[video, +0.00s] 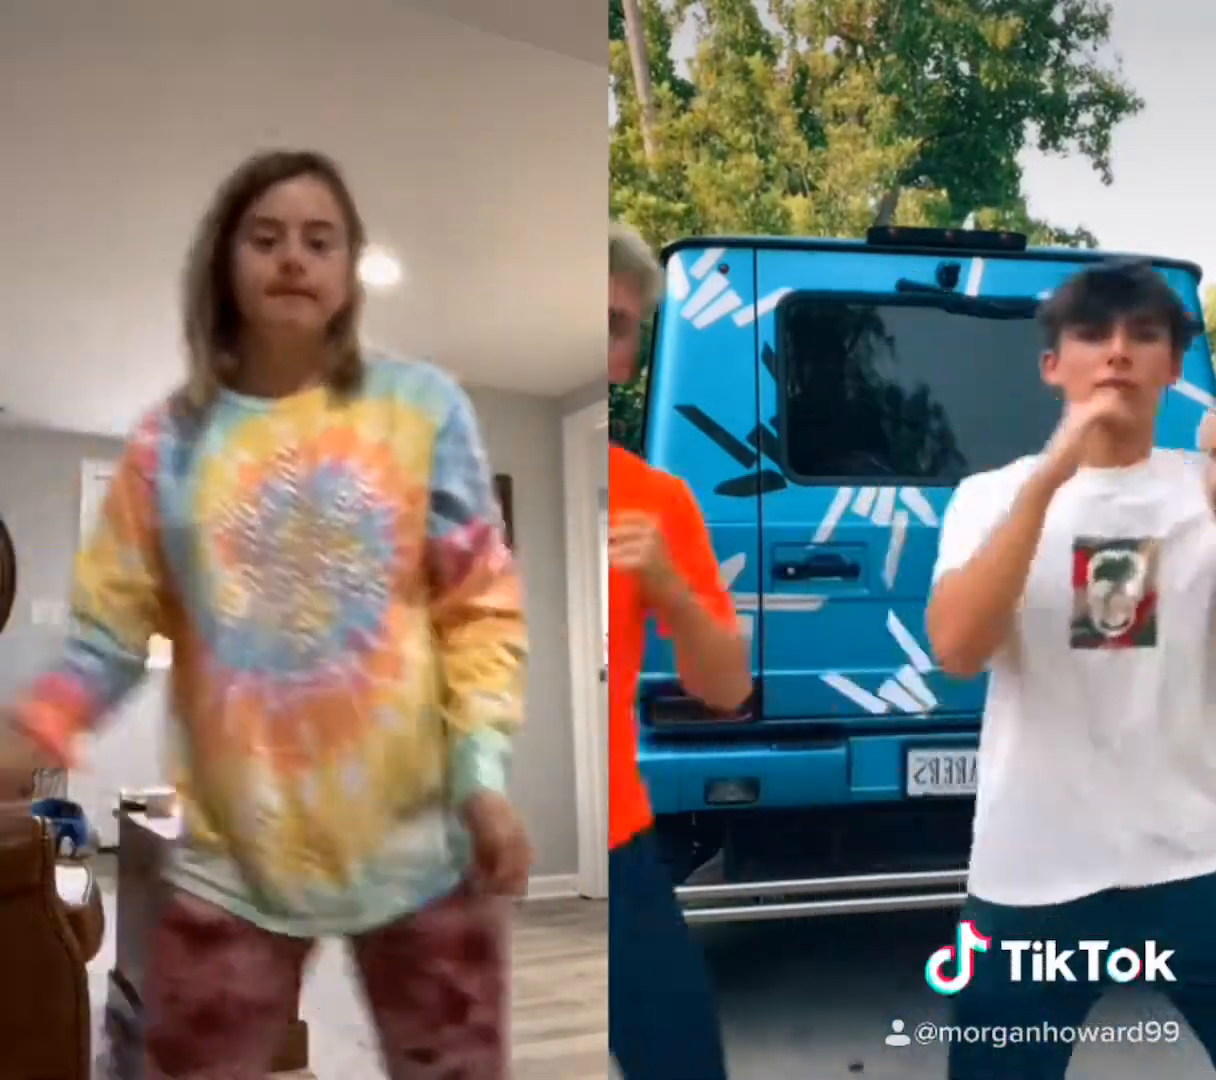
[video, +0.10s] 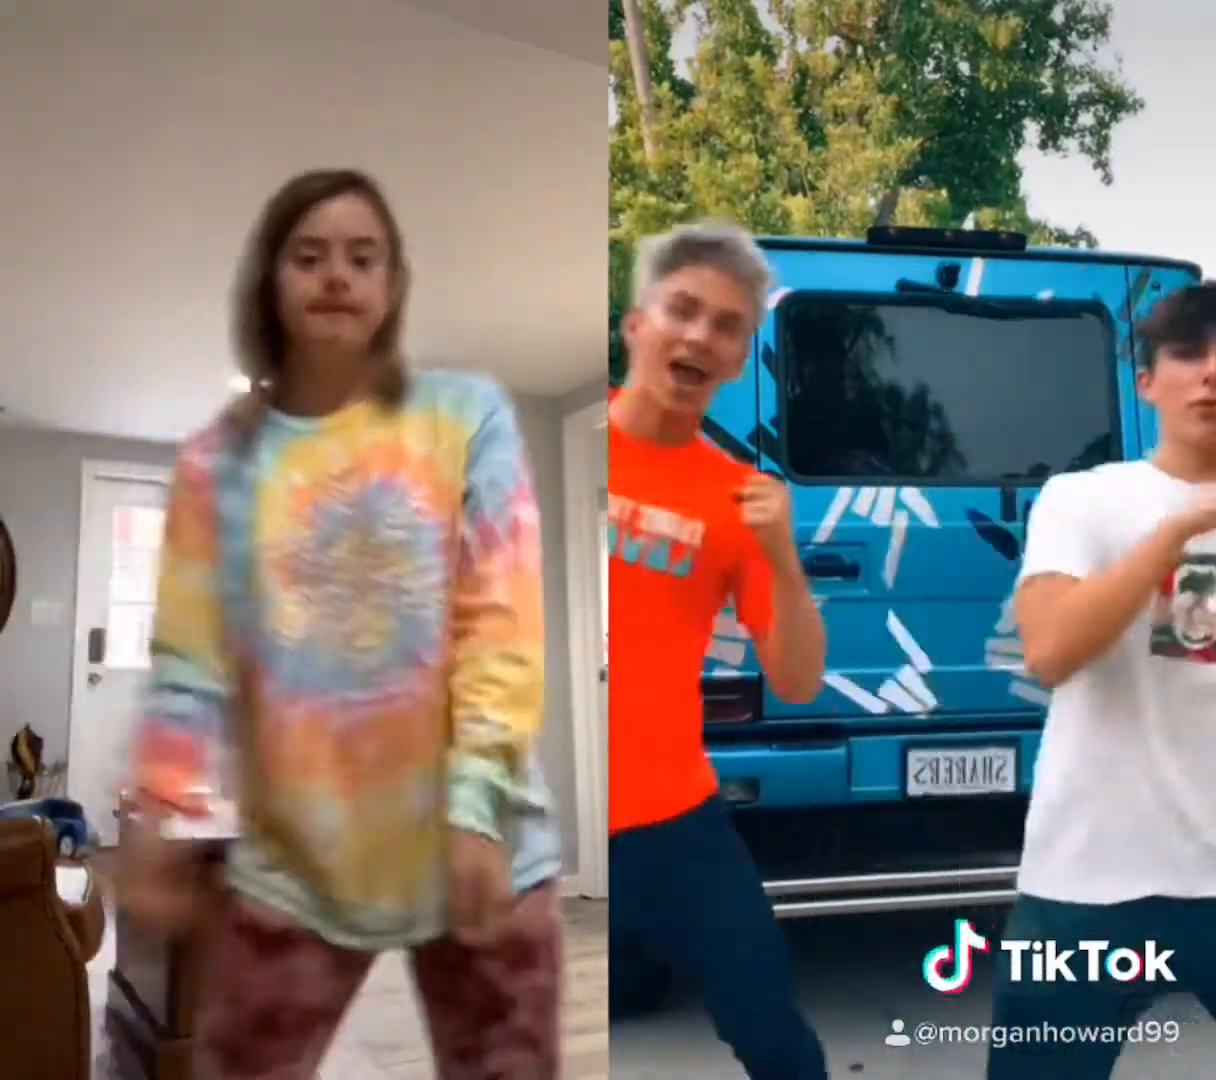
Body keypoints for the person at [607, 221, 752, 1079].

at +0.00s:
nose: (597, 345)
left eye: (617, 327)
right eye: (588, 319)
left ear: (639, 346)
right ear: (553, 319)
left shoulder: (654, 499)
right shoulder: (463, 481)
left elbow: (727, 690)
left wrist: (669, 589)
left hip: (608, 838)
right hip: (469, 832)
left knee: (680, 1051)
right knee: (466, 1056)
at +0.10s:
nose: (698, 339)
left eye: (726, 325)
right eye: (682, 308)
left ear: (745, 355)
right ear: (633, 323)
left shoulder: (738, 494)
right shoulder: (551, 443)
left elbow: (797, 682)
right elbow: (466, 599)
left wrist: (781, 558)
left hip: (666, 815)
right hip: (532, 806)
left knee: (777, 1044)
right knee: (516, 1052)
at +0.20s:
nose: (792, 406)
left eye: (818, 392)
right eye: (777, 376)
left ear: (833, 423)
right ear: (731, 388)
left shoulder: (818, 562)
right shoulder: (628, 469)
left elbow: (842, 741)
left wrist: (879, 626)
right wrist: (590, 537)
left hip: (750, 850)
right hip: (611, 850)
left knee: (834, 1057)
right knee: (585, 1063)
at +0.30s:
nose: (854, 455)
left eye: (879, 441)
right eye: (840, 427)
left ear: (895, 466)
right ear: (795, 435)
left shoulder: (854, 612)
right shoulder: (679, 501)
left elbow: (844, 778)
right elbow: (552, 596)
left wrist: (924, 714)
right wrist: (659, 587)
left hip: (788, 867)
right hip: (651, 874)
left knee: (868, 1055)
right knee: (657, 1067)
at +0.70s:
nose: (802, 478)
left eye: (824, 459)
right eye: (782, 456)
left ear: (853, 480)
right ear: (749, 469)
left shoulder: (849, 625)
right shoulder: (657, 551)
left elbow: (871, 777)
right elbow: (567, 677)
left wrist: (934, 716)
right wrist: (605, 645)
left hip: (774, 874)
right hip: (638, 875)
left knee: (886, 1049)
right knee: (586, 1062)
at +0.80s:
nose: (685, 407)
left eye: (707, 388)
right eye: (665, 388)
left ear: (740, 410)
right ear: (636, 406)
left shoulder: (777, 552)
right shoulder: (583, 512)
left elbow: (851, 700)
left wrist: (838, 596)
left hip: (720, 855)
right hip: (589, 856)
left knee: (822, 1057)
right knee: (574, 1061)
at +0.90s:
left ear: (605, 341)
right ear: (506, 329)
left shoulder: (669, 479)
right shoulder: (479, 473)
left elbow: (751, 633)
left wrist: (690, 549)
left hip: (625, 806)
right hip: (491, 808)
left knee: (731, 1030)